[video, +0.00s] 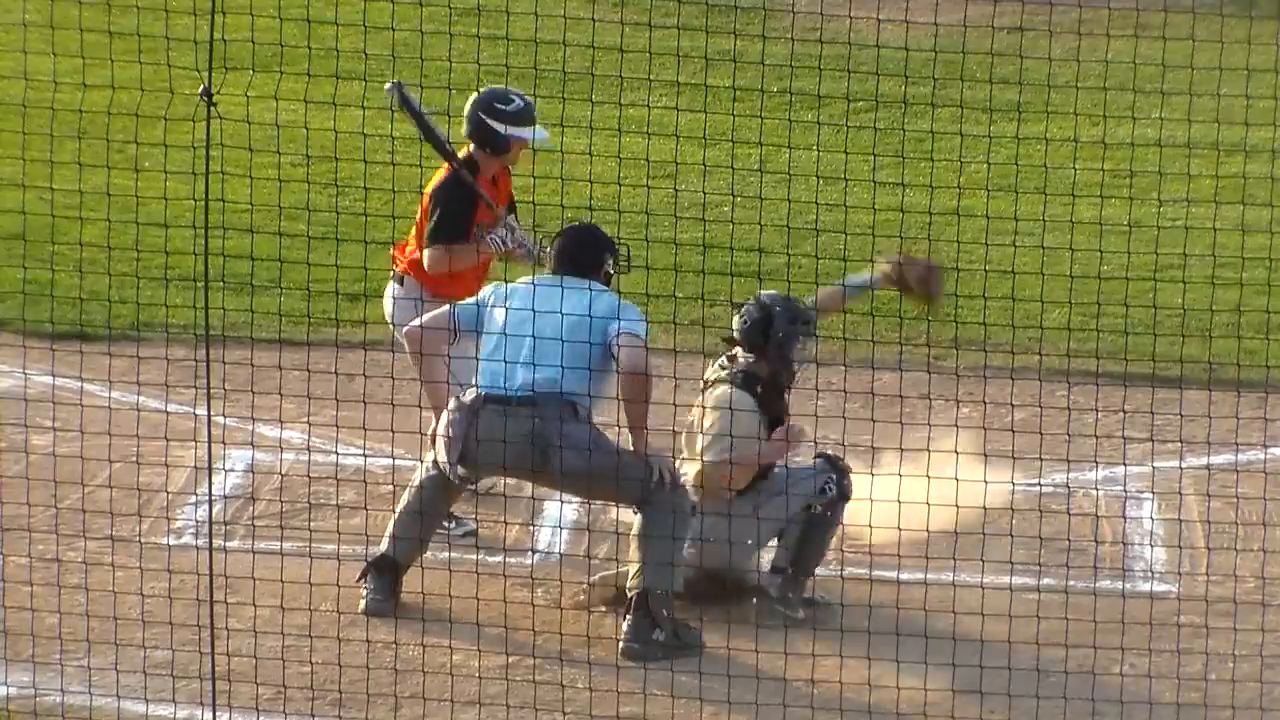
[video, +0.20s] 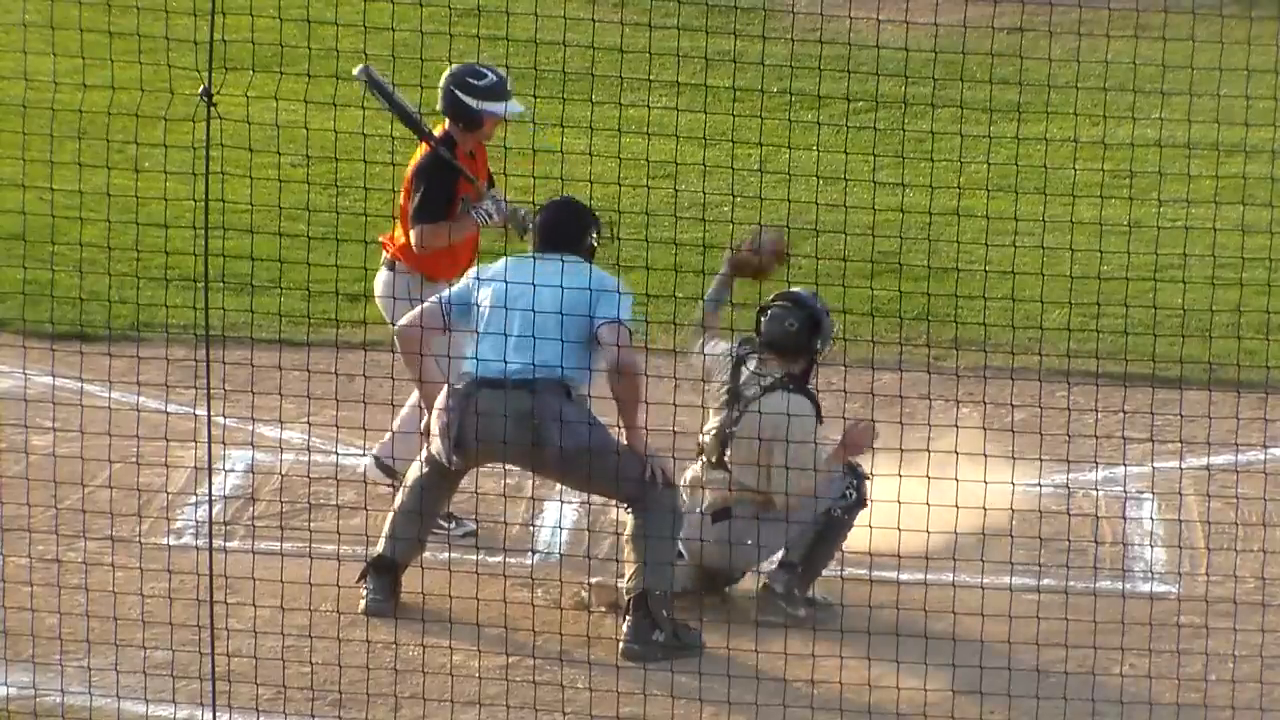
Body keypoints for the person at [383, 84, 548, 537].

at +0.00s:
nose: (525, 145)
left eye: (525, 136)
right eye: (519, 137)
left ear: (491, 139)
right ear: (498, 140)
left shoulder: (499, 175)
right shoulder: (453, 186)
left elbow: (499, 223)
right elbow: (435, 260)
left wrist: (515, 241)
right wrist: (490, 245)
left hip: (459, 296)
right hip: (417, 297)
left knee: (471, 396)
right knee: (450, 404)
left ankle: (443, 494)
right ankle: (432, 507)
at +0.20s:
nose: (501, 119)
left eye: (501, 111)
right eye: (494, 112)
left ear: (466, 113)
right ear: (473, 115)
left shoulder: (474, 150)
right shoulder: (435, 162)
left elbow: (472, 201)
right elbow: (423, 237)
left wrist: (503, 212)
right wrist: (476, 217)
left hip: (444, 278)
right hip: (409, 282)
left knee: (458, 375)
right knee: (445, 389)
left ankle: (390, 455)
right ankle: (432, 505)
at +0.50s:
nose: (453, 101)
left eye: (453, 91)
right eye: (449, 92)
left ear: (408, 89)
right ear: (429, 95)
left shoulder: (404, 132)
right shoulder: (394, 140)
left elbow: (402, 195)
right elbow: (386, 215)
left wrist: (444, 183)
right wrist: (440, 197)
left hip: (380, 269)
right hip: (375, 273)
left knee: (395, 378)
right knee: (412, 380)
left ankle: (349, 483)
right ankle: (428, 505)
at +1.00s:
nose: (384, 118)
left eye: (386, 110)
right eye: (384, 109)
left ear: (340, 92)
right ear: (369, 103)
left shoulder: (289, 119)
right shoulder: (346, 132)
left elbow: (234, 179)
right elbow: (351, 205)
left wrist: (191, 224)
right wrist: (404, 194)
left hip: (263, 263)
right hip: (304, 267)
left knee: (312, 372)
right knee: (303, 375)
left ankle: (335, 483)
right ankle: (262, 496)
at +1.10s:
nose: (373, 118)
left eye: (375, 110)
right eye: (373, 109)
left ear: (329, 92)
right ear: (359, 103)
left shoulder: (269, 116)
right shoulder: (339, 134)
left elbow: (215, 177)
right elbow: (346, 212)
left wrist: (175, 227)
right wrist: (381, 199)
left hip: (238, 258)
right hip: (284, 266)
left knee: (282, 370)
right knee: (287, 383)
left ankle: (306, 469)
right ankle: (260, 498)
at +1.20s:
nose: (351, 121)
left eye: (353, 113)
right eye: (352, 112)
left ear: (312, 90)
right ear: (344, 104)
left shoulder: (252, 113)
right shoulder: (328, 134)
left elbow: (203, 176)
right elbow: (335, 212)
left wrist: (185, 232)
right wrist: (366, 199)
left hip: (222, 257)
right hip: (275, 264)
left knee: (239, 375)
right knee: (280, 381)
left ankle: (242, 484)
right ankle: (260, 497)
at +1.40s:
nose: (302, 94)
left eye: (302, 87)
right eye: (302, 85)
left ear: (256, 72)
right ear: (295, 80)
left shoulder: (207, 107)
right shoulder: (291, 122)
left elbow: (180, 179)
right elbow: (309, 202)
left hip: (193, 252)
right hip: (255, 257)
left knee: (159, 358)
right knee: (267, 369)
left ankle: (124, 462)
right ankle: (262, 487)